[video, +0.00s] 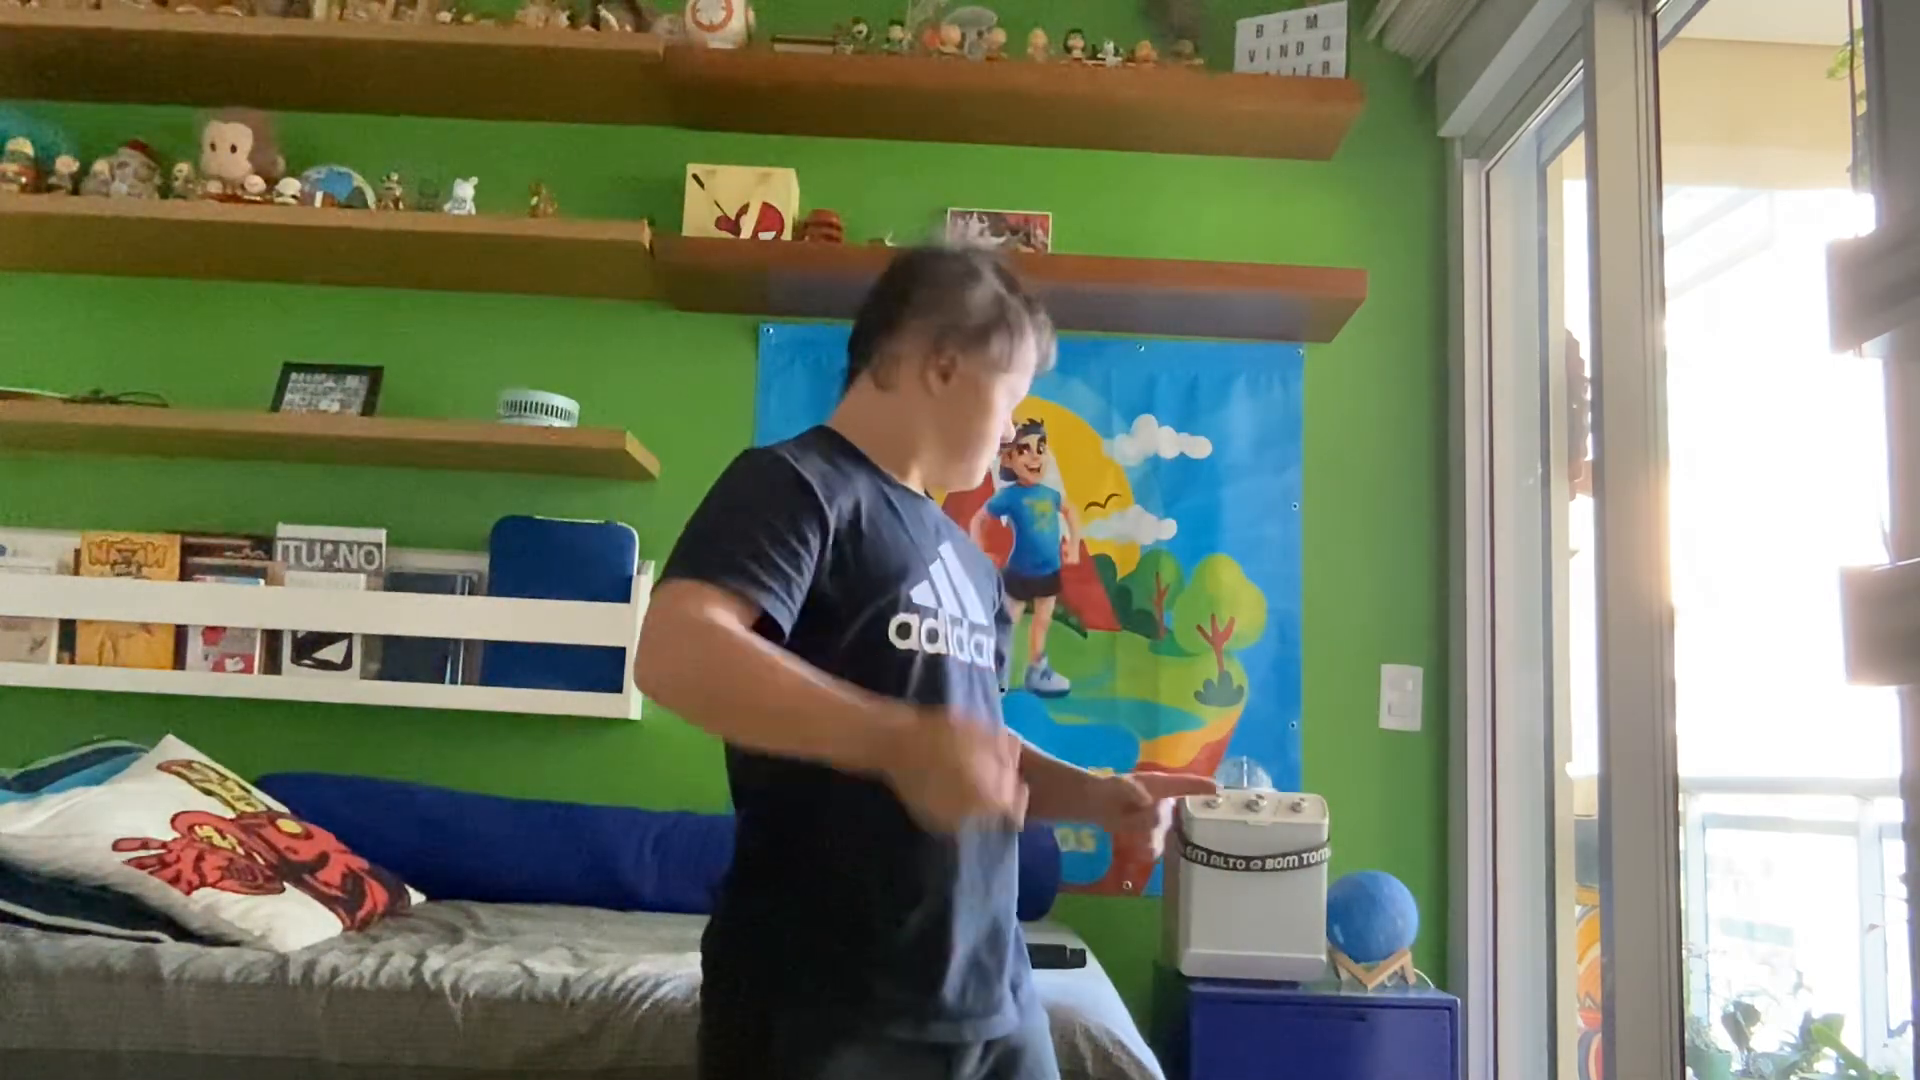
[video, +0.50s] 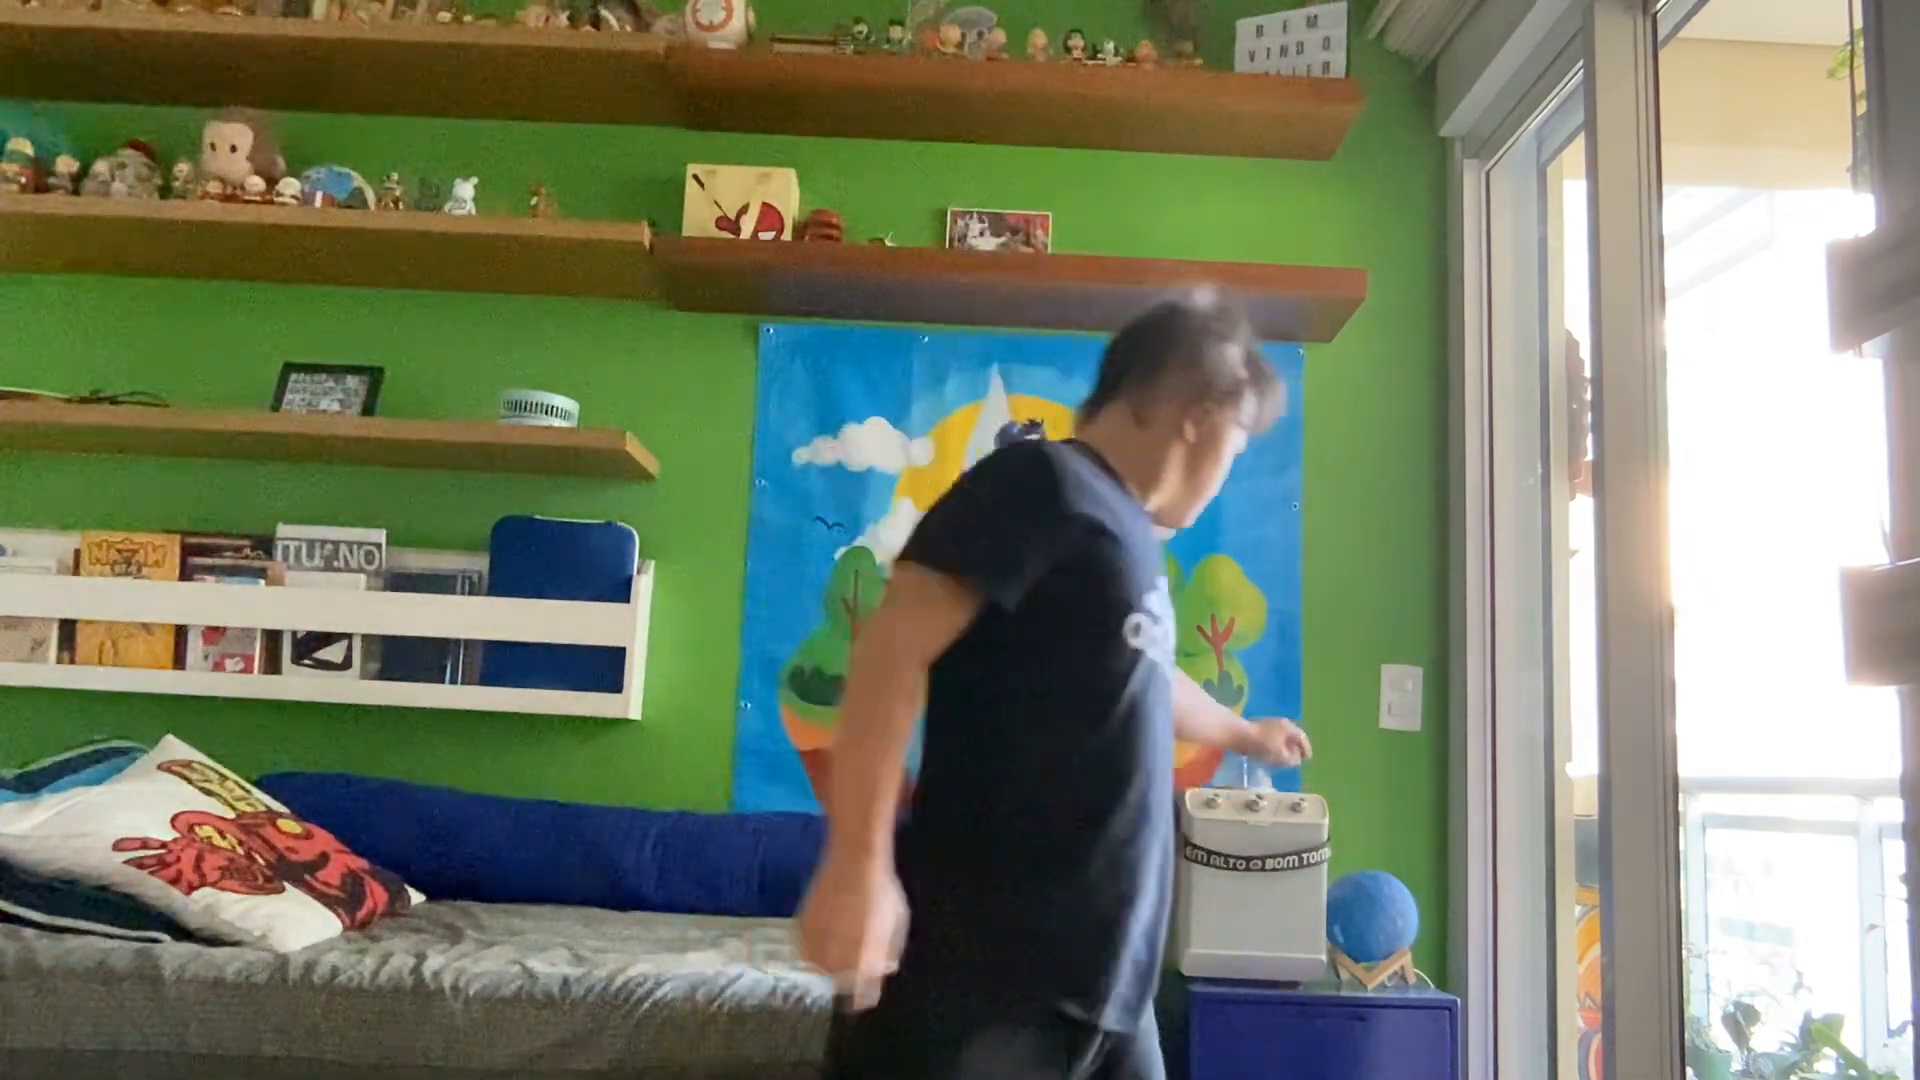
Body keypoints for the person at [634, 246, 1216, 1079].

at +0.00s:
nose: (1012, 433)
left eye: (1019, 406)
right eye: (1012, 398)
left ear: (947, 370)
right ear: (941, 365)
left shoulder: (969, 559)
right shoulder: (794, 484)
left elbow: (957, 743)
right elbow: (676, 647)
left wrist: (1098, 797)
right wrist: (899, 742)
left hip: (993, 1008)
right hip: (828, 1012)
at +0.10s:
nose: (1018, 438)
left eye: (1028, 412)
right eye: (1022, 403)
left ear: (963, 372)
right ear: (955, 367)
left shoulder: (967, 553)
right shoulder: (804, 481)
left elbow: (970, 746)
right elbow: (682, 678)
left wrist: (1126, 788)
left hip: (999, 1009)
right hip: (834, 1017)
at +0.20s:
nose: (1047, 441)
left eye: (1055, 412)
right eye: (1049, 403)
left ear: (990, 373)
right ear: (986, 365)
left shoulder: (983, 544)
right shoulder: (816, 482)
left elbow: (996, 735)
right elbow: (700, 697)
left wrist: (1174, 776)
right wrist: (787, 933)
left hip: (1017, 998)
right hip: (858, 1016)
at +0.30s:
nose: (1113, 447)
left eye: (1123, 420)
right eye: (1118, 413)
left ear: (1052, 387)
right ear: (1063, 386)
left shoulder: (1031, 540)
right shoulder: (882, 484)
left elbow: (1064, 715)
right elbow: (763, 701)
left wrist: (1239, 753)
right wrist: (729, 928)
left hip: (1051, 998)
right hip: (895, 1006)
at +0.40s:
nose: (1182, 453)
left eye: (1190, 431)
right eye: (1186, 425)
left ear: (1111, 401)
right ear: (1132, 404)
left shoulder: (1078, 535)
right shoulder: (960, 486)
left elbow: (1105, 695)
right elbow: (818, 686)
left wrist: (1246, 737)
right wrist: (759, 893)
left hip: (1086, 998)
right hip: (942, 1002)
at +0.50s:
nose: (1226, 478)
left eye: (1238, 454)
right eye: (1236, 448)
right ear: (1194, 420)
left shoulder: (1128, 540)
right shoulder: (1036, 480)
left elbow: (1141, 678)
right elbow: (888, 647)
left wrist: (1239, 734)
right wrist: (857, 865)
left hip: (1108, 987)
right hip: (985, 984)